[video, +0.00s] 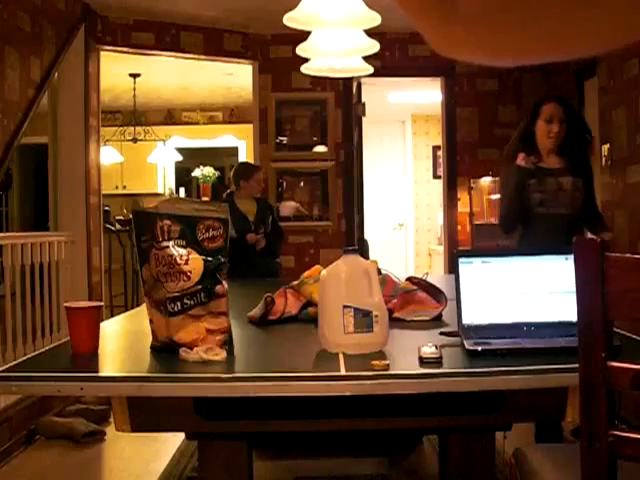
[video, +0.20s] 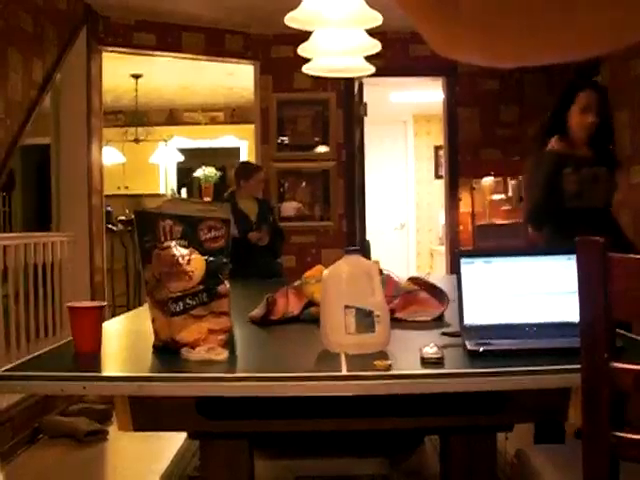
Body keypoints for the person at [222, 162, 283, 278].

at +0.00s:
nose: (262, 186)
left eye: (262, 181)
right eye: (257, 182)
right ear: (243, 183)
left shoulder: (265, 206)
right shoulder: (225, 206)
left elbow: (278, 236)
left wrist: (265, 242)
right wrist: (244, 240)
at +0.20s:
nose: (263, 186)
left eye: (262, 182)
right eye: (259, 182)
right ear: (243, 183)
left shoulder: (265, 205)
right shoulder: (226, 206)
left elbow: (279, 236)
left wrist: (268, 238)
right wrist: (247, 239)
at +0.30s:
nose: (261, 186)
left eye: (261, 181)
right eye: (257, 182)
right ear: (243, 183)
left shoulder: (266, 205)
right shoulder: (228, 205)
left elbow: (280, 235)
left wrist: (269, 235)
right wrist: (249, 236)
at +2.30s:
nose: (256, 197)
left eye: (260, 193)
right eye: (252, 192)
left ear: (264, 190)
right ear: (241, 187)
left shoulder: (268, 207)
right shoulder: (230, 206)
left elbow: (283, 238)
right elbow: (226, 241)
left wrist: (271, 237)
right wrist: (248, 237)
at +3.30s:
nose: (257, 191)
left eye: (260, 186)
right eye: (254, 186)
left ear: (264, 188)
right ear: (247, 188)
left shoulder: (268, 207)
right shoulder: (238, 207)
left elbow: (282, 238)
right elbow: (230, 239)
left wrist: (271, 237)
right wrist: (248, 237)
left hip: (266, 269)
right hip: (242, 271)